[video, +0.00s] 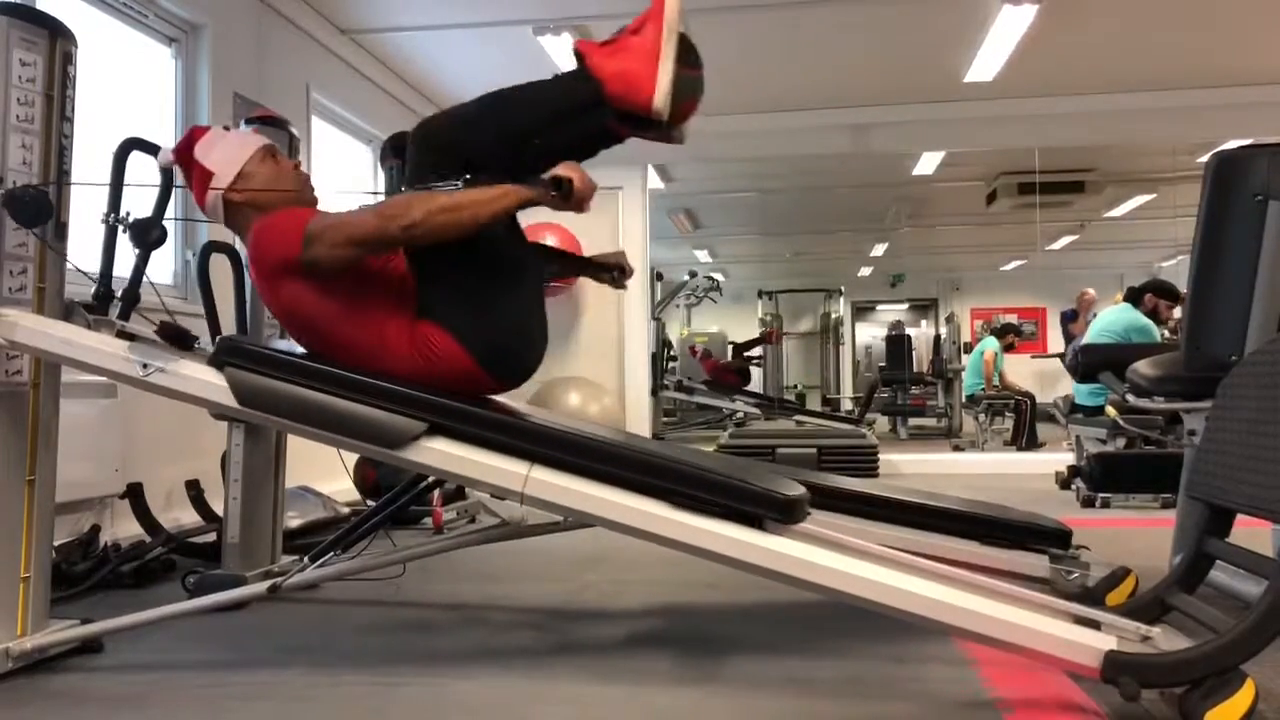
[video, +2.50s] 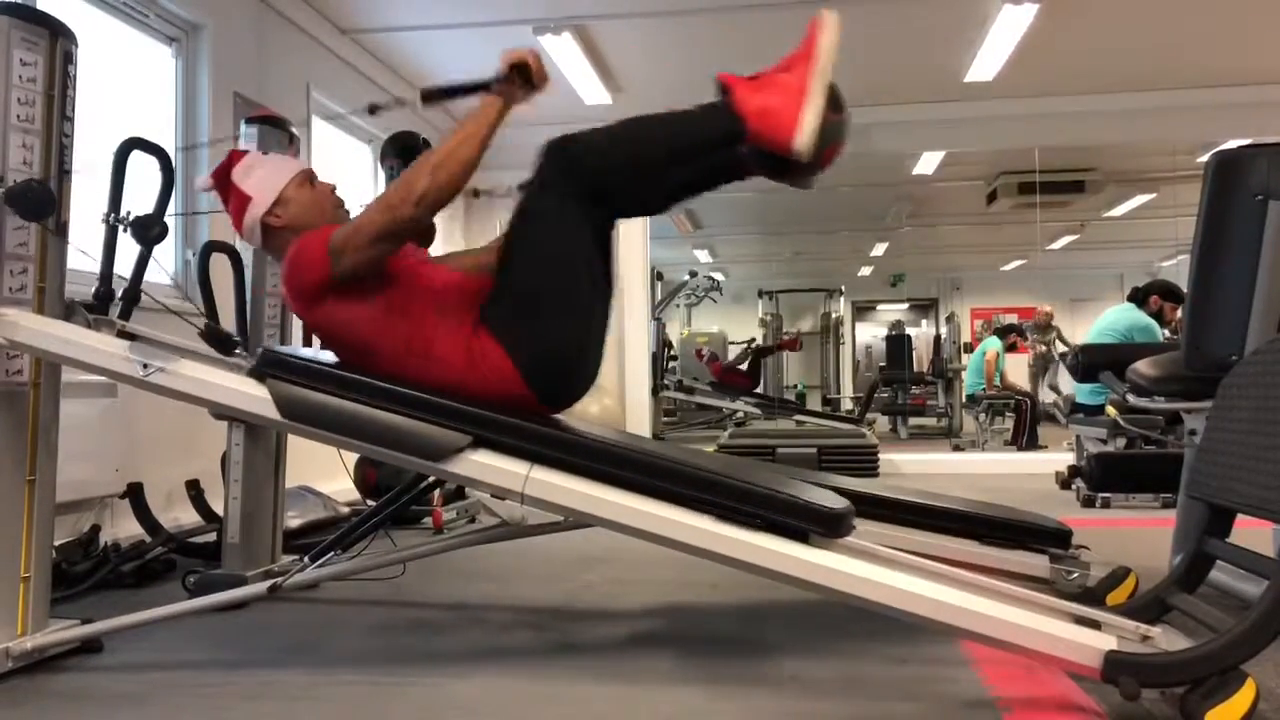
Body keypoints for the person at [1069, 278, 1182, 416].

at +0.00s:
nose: (1171, 316)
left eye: (1173, 309)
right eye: (1168, 308)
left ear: (1148, 300)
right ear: (1149, 300)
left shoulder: (1110, 312)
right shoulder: (1143, 325)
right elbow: (1158, 370)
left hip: (1082, 396)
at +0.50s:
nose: (1172, 316)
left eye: (1174, 309)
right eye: (1170, 308)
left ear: (1149, 300)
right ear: (1150, 300)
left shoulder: (1111, 311)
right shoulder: (1144, 325)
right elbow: (1159, 370)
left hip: (1082, 396)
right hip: (1102, 400)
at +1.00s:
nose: (1175, 318)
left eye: (1177, 311)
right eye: (1173, 309)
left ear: (1153, 301)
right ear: (1154, 301)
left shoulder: (1116, 312)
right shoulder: (1147, 325)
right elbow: (1159, 371)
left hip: (1083, 397)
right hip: (1104, 401)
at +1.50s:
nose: (1175, 319)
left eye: (1177, 312)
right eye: (1173, 310)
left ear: (1153, 302)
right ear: (1154, 302)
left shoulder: (1116, 312)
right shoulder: (1146, 325)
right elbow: (1160, 370)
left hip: (1083, 397)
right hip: (1102, 401)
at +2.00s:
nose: (1174, 319)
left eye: (1176, 311)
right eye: (1173, 310)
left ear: (1153, 302)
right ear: (1154, 302)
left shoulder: (1118, 311)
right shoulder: (1145, 325)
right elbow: (1160, 371)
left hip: (1082, 396)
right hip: (1101, 401)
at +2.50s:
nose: (1175, 318)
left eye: (1176, 311)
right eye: (1173, 309)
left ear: (1153, 302)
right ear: (1155, 302)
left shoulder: (1118, 311)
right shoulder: (1146, 325)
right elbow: (1160, 371)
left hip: (1084, 397)